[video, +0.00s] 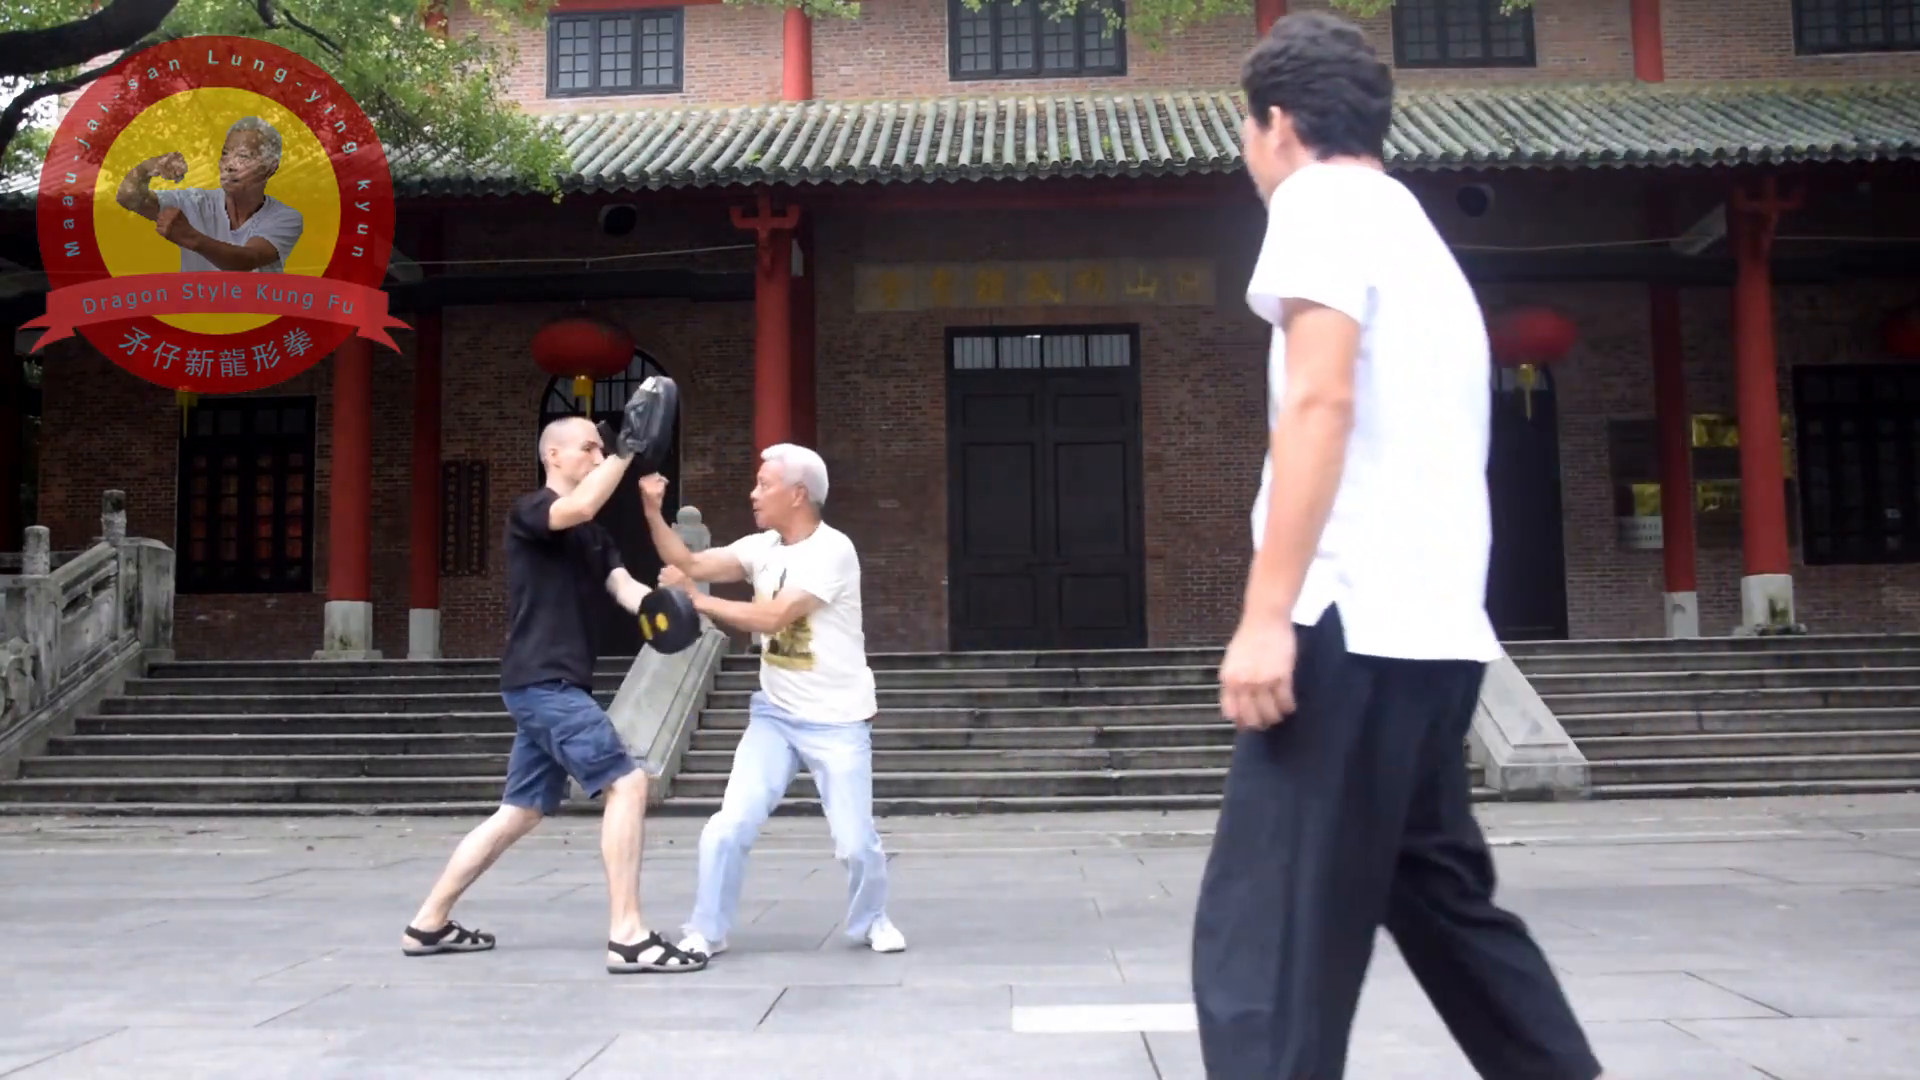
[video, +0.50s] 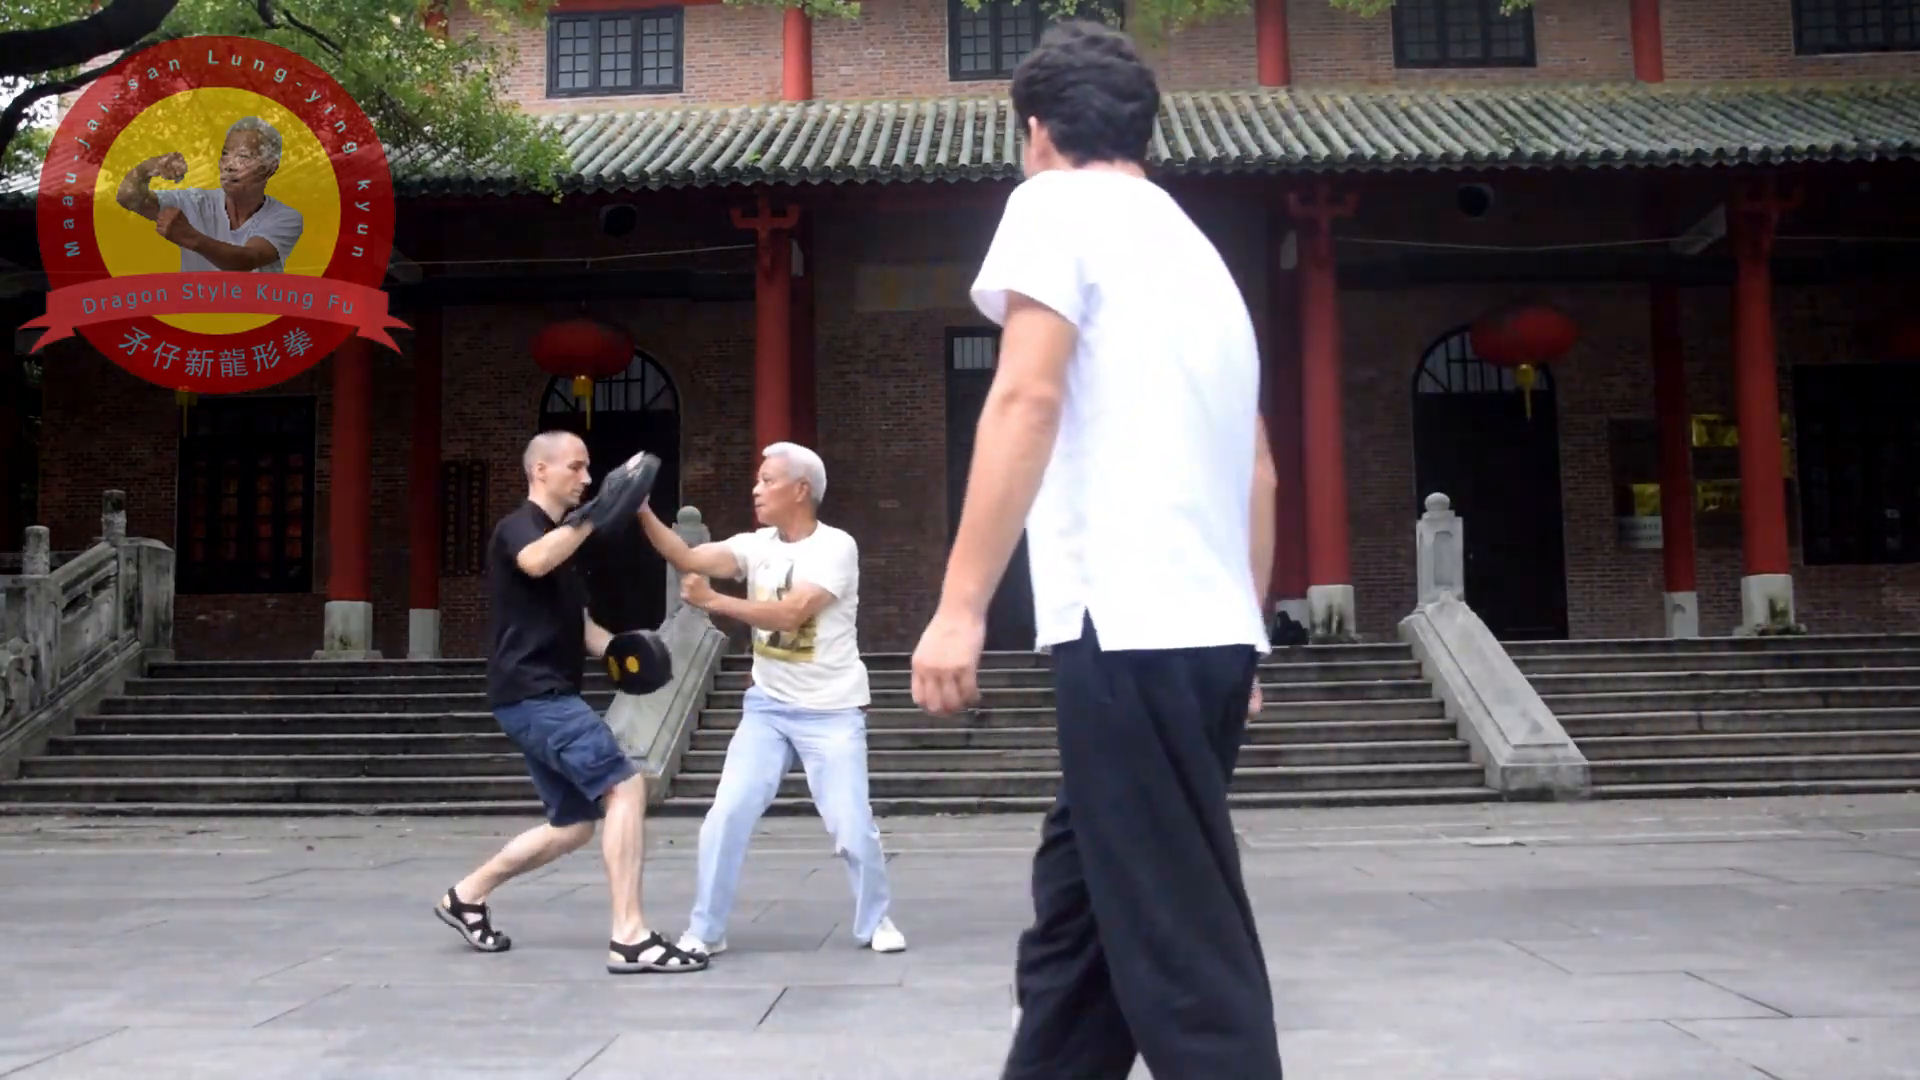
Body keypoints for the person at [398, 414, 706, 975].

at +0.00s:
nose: (600, 458)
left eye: (601, 450)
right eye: (587, 447)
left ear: (597, 460)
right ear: (551, 456)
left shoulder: (591, 525)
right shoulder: (530, 508)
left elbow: (621, 582)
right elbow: (579, 507)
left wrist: (654, 609)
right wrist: (628, 450)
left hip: (557, 682)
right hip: (539, 680)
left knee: (520, 810)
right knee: (628, 784)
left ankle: (428, 923)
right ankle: (628, 935)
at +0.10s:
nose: (598, 459)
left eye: (599, 450)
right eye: (585, 448)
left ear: (592, 461)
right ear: (550, 457)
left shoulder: (587, 526)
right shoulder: (530, 509)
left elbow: (623, 581)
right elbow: (583, 511)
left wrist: (665, 610)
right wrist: (625, 461)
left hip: (557, 682)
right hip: (540, 681)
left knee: (520, 810)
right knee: (630, 783)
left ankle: (429, 923)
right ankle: (628, 935)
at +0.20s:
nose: (601, 457)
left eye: (601, 449)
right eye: (588, 447)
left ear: (593, 460)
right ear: (552, 457)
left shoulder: (587, 524)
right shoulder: (533, 511)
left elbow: (622, 584)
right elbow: (592, 514)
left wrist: (664, 613)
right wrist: (639, 454)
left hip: (558, 683)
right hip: (543, 683)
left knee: (521, 810)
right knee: (633, 784)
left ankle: (429, 922)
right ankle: (629, 935)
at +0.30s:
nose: (605, 459)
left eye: (605, 450)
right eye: (592, 449)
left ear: (599, 461)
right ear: (555, 458)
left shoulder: (591, 525)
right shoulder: (536, 512)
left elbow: (622, 585)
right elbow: (598, 514)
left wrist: (663, 614)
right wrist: (640, 464)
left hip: (556, 683)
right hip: (543, 682)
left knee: (537, 815)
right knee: (633, 785)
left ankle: (432, 917)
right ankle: (629, 935)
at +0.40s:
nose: (603, 467)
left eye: (603, 458)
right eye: (591, 457)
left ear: (573, 467)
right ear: (556, 464)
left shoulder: (587, 530)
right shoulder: (535, 515)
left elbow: (615, 600)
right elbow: (583, 528)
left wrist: (656, 623)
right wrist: (630, 479)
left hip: (553, 686)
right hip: (536, 686)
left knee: (565, 822)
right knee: (632, 785)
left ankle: (450, 894)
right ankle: (629, 935)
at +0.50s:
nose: (585, 478)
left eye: (587, 469)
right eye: (576, 467)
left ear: (568, 476)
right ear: (539, 471)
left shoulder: (563, 535)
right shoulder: (519, 524)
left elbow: (575, 623)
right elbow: (535, 560)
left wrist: (620, 651)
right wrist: (595, 514)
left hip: (546, 693)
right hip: (532, 693)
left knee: (574, 825)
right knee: (626, 788)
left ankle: (466, 895)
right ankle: (630, 934)